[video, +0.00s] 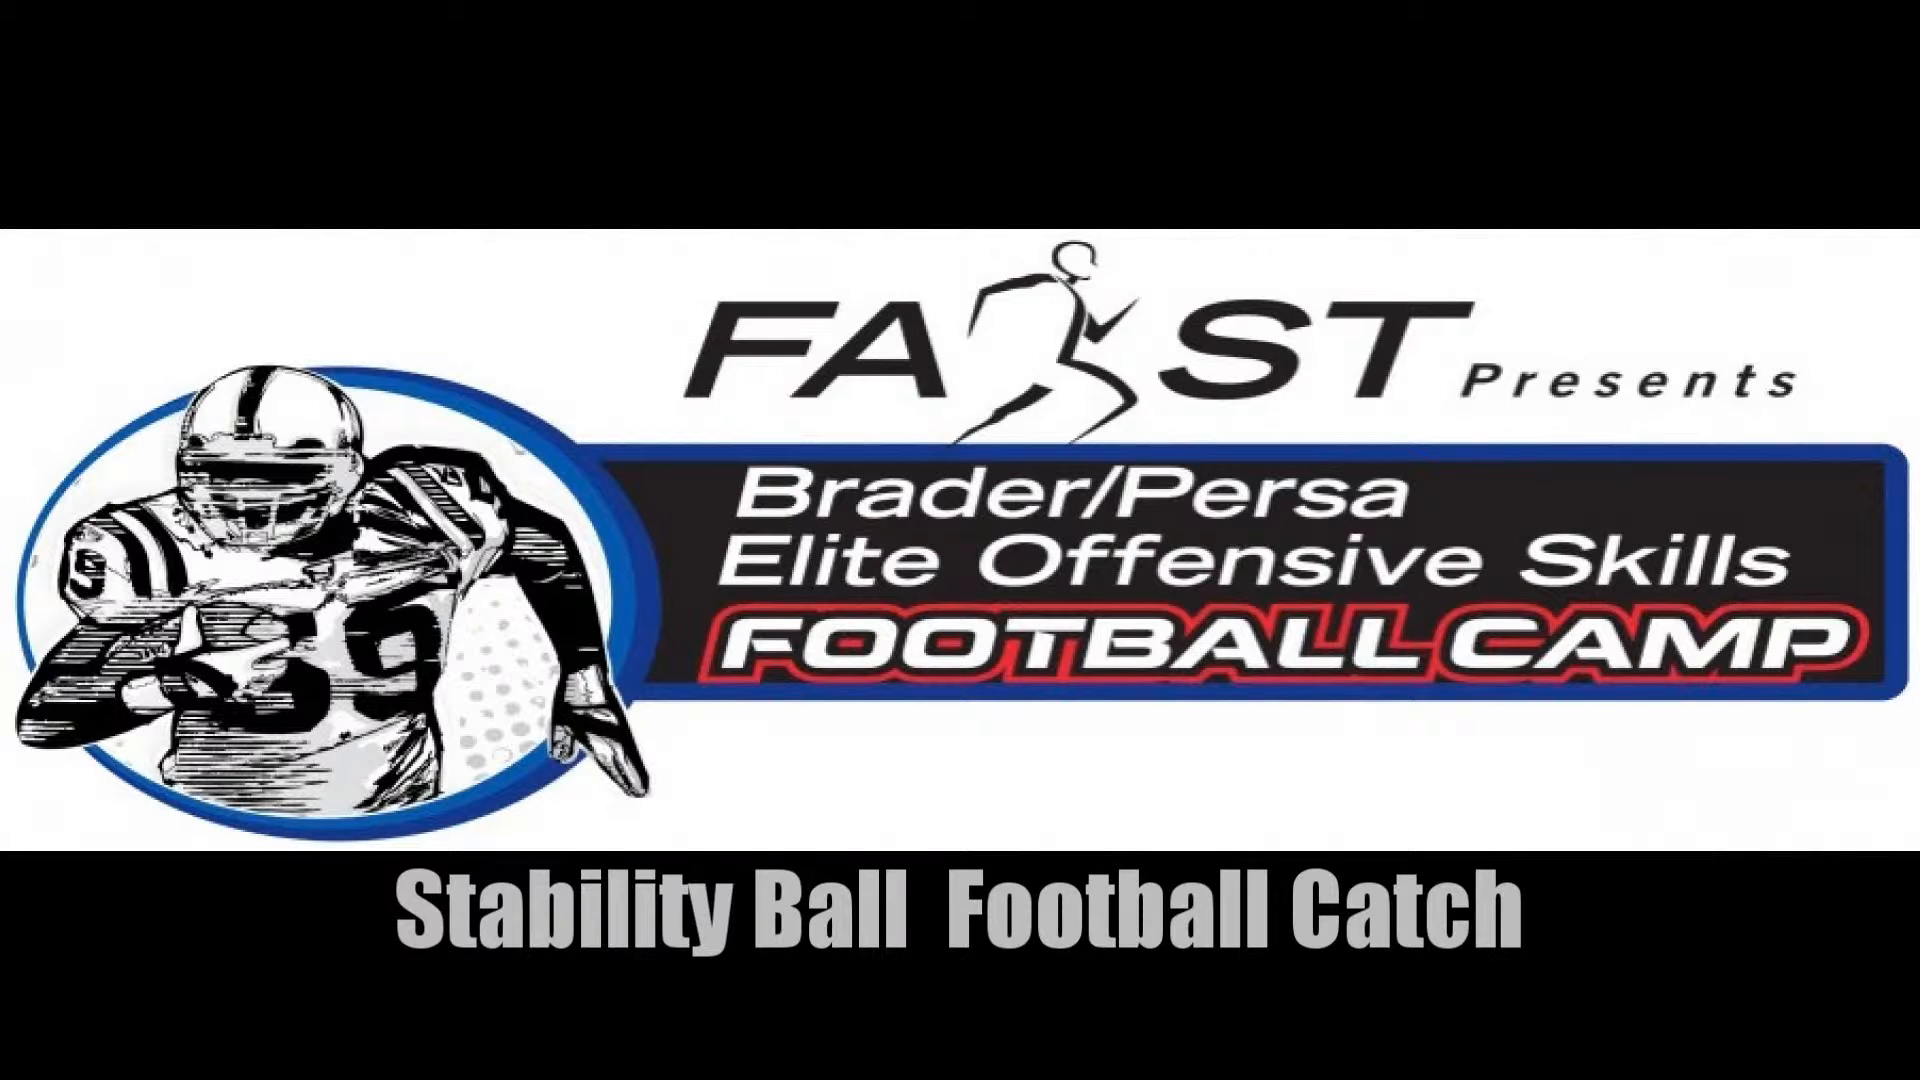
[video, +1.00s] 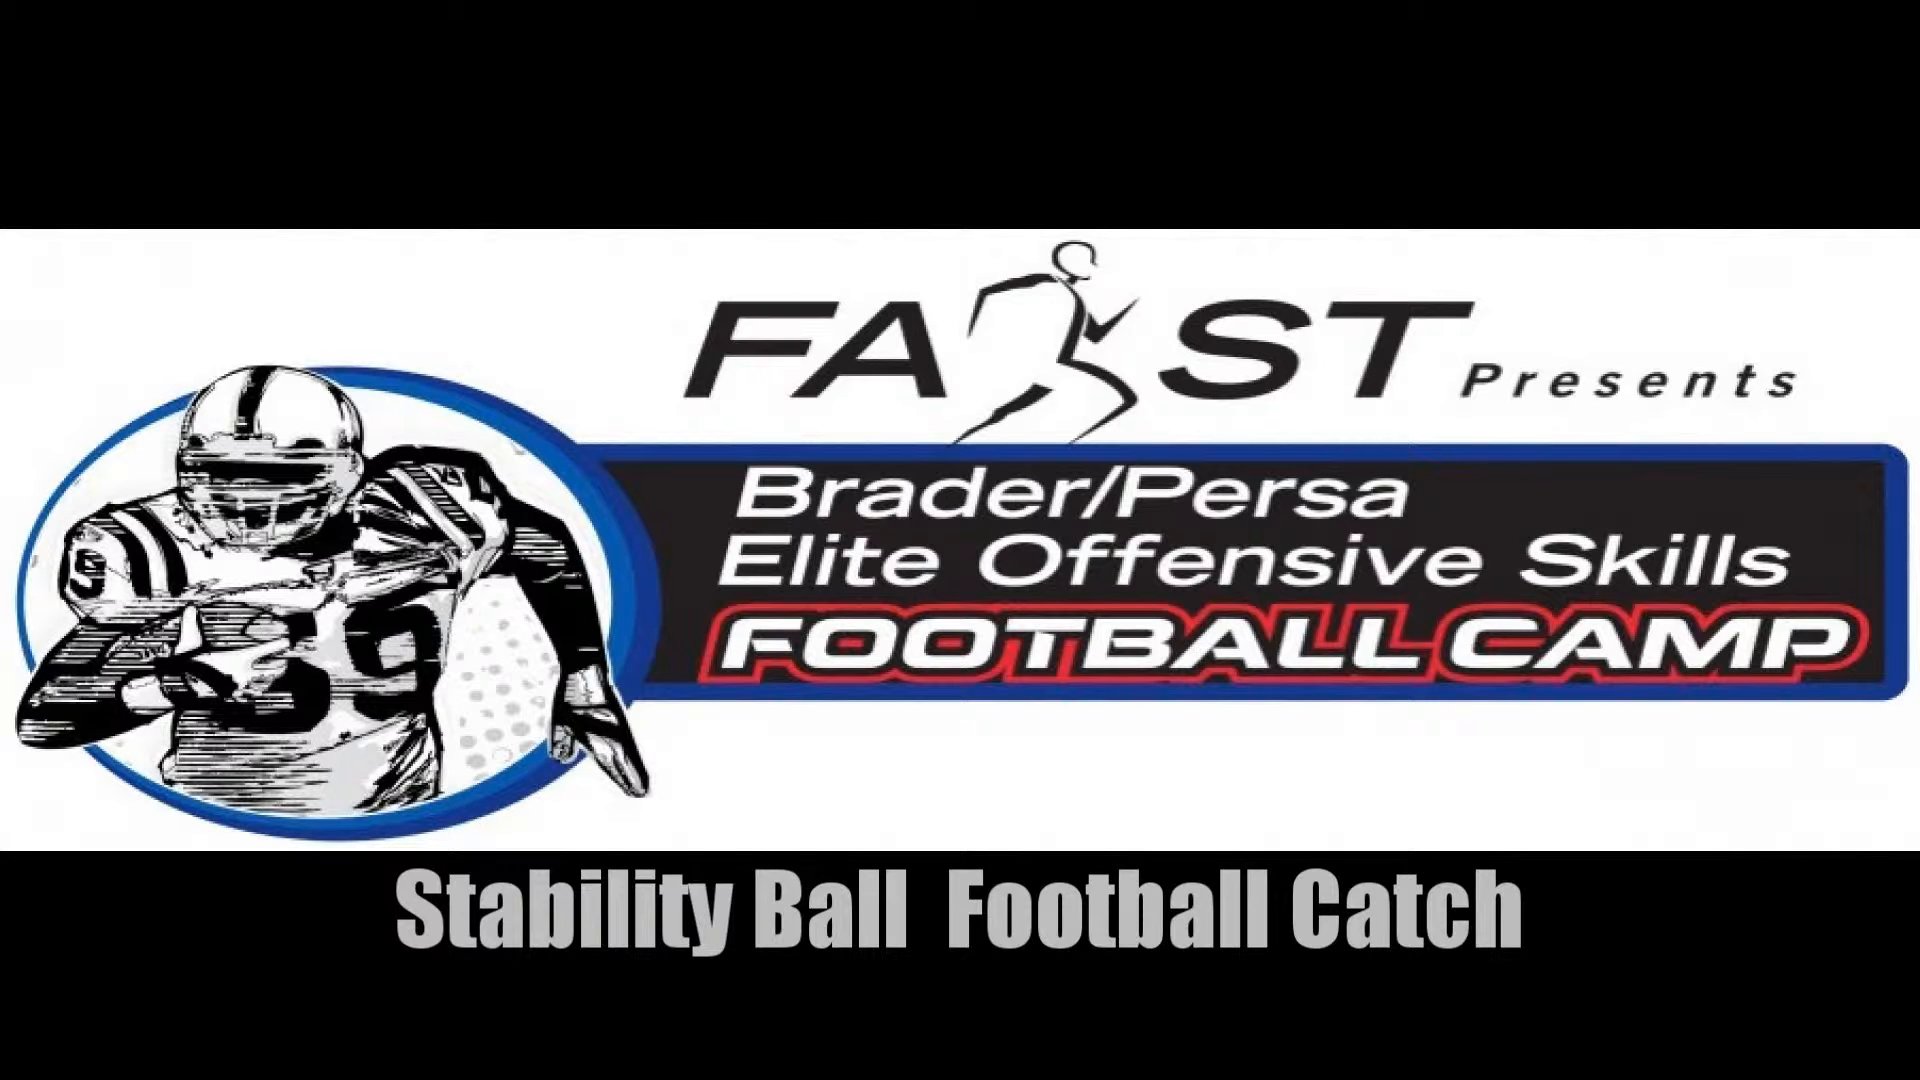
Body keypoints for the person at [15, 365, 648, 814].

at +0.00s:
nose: (248, 518)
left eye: (277, 496)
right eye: (227, 494)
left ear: (336, 482)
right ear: (194, 480)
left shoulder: (427, 510)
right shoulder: (140, 549)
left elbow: (544, 546)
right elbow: (43, 716)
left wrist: (585, 670)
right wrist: (178, 682)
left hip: (388, 811)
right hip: (219, 815)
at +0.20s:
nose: (252, 515)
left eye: (280, 494)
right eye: (229, 492)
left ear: (336, 480)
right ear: (194, 479)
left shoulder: (425, 508)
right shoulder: (142, 549)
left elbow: (546, 548)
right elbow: (43, 716)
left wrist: (585, 671)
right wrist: (174, 683)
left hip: (386, 813)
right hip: (218, 816)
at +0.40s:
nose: (248, 518)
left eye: (277, 496)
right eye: (227, 494)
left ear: (336, 482)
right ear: (194, 480)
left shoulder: (427, 510)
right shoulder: (140, 549)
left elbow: (544, 546)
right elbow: (43, 716)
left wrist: (585, 670)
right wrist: (178, 683)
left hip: (388, 811)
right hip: (219, 815)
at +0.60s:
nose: (251, 516)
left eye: (280, 494)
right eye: (229, 493)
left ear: (336, 480)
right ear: (194, 479)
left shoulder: (425, 508)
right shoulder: (142, 549)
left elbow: (546, 548)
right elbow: (43, 716)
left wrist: (585, 672)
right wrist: (175, 683)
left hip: (386, 814)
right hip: (218, 816)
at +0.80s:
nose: (252, 515)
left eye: (280, 494)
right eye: (229, 492)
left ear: (336, 480)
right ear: (194, 479)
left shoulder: (425, 508)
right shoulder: (142, 549)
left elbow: (546, 548)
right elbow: (43, 716)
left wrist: (585, 671)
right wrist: (175, 683)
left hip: (386, 814)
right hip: (218, 816)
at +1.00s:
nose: (252, 515)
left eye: (280, 494)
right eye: (229, 492)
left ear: (336, 480)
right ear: (194, 479)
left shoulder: (425, 508)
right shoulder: (142, 549)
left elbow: (546, 548)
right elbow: (43, 716)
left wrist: (585, 671)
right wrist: (175, 683)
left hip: (386, 814)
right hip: (218, 816)